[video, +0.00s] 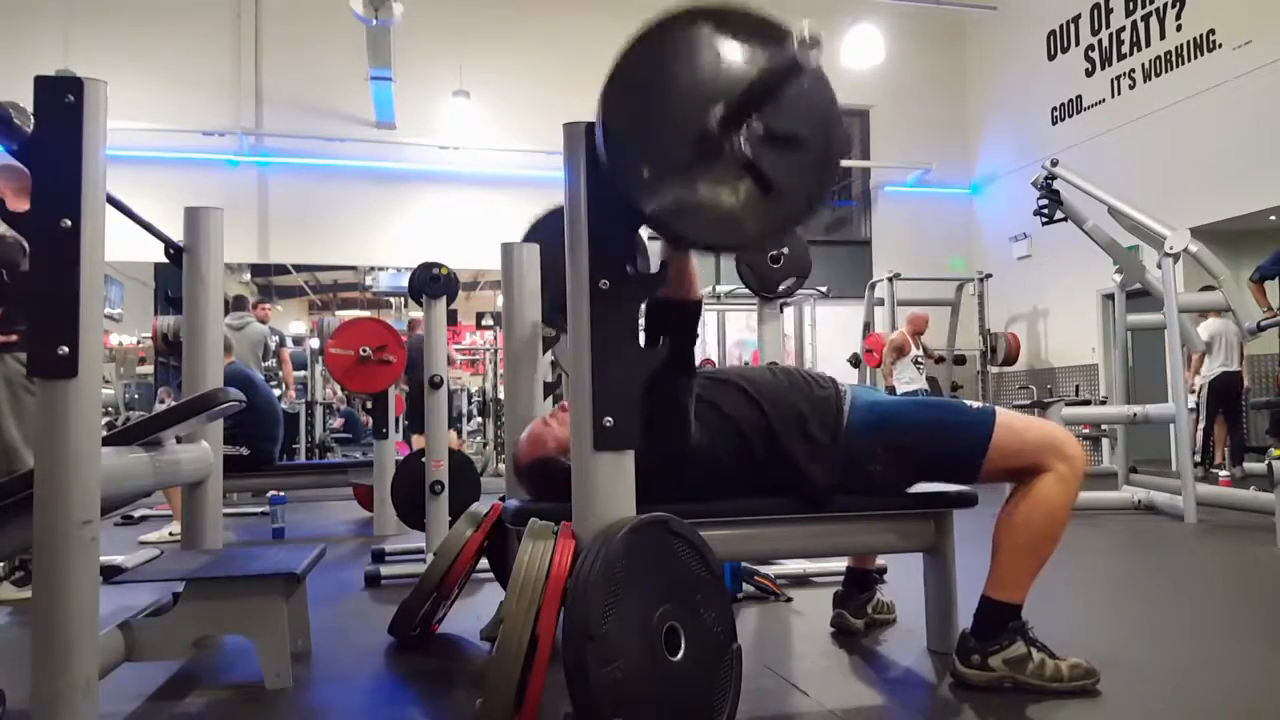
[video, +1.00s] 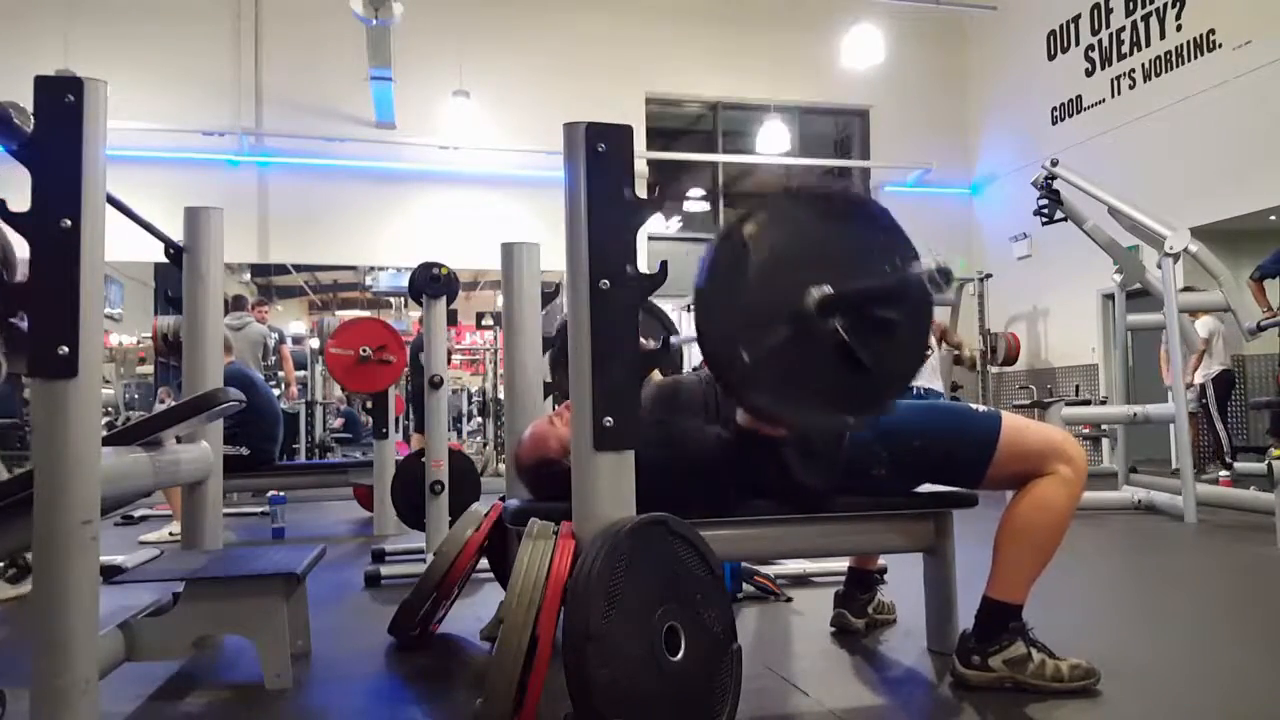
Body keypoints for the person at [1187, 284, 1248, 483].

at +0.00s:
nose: (1196, 310)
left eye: (1198, 306)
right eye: (1197, 306)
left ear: (1202, 308)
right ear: (1220, 306)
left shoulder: (1205, 327)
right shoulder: (1234, 326)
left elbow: (1198, 355)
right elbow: (1241, 354)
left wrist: (1191, 377)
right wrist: (1242, 375)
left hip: (1214, 378)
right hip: (1235, 376)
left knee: (1206, 422)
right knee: (1235, 423)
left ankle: (1201, 462)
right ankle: (1237, 464)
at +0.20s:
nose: (1199, 311)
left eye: (1200, 307)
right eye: (1198, 307)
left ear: (1207, 306)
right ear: (1218, 305)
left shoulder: (1213, 325)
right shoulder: (1234, 325)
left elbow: (1210, 353)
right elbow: (1242, 352)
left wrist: (1204, 376)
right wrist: (1243, 374)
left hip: (1220, 375)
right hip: (1238, 374)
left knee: (1210, 420)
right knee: (1235, 421)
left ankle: (1204, 460)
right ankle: (1238, 464)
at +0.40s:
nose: (1199, 310)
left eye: (1200, 305)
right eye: (1198, 306)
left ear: (1207, 305)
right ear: (1217, 303)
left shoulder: (1216, 325)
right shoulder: (1232, 324)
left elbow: (1213, 354)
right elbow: (1240, 352)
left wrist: (1202, 376)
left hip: (1222, 376)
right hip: (1236, 374)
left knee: (1216, 421)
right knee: (1234, 421)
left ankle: (1222, 462)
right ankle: (1237, 464)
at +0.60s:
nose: (1196, 312)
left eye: (1196, 307)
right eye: (1195, 308)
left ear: (1203, 306)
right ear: (1213, 303)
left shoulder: (1213, 324)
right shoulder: (1229, 323)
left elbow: (1210, 351)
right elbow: (1237, 352)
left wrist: (1197, 375)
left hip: (1218, 376)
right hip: (1233, 374)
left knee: (1221, 421)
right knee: (1231, 420)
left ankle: (1230, 464)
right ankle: (1235, 462)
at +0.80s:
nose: (1190, 312)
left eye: (1191, 308)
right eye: (1189, 308)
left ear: (1198, 306)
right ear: (1207, 303)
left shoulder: (1208, 323)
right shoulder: (1223, 322)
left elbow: (1204, 351)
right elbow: (1230, 352)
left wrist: (1192, 374)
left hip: (1214, 375)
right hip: (1227, 373)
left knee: (1216, 419)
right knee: (1219, 419)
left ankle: (1230, 462)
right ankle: (1225, 461)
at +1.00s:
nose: (1186, 313)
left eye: (1186, 309)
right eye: (1185, 309)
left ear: (1193, 307)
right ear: (1201, 305)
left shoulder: (1203, 323)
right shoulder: (1214, 321)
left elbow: (1200, 351)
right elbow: (1213, 353)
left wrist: (1189, 374)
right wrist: (1198, 376)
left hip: (1212, 375)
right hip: (1223, 373)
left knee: (1216, 420)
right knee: (1217, 420)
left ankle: (1226, 462)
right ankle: (1221, 460)